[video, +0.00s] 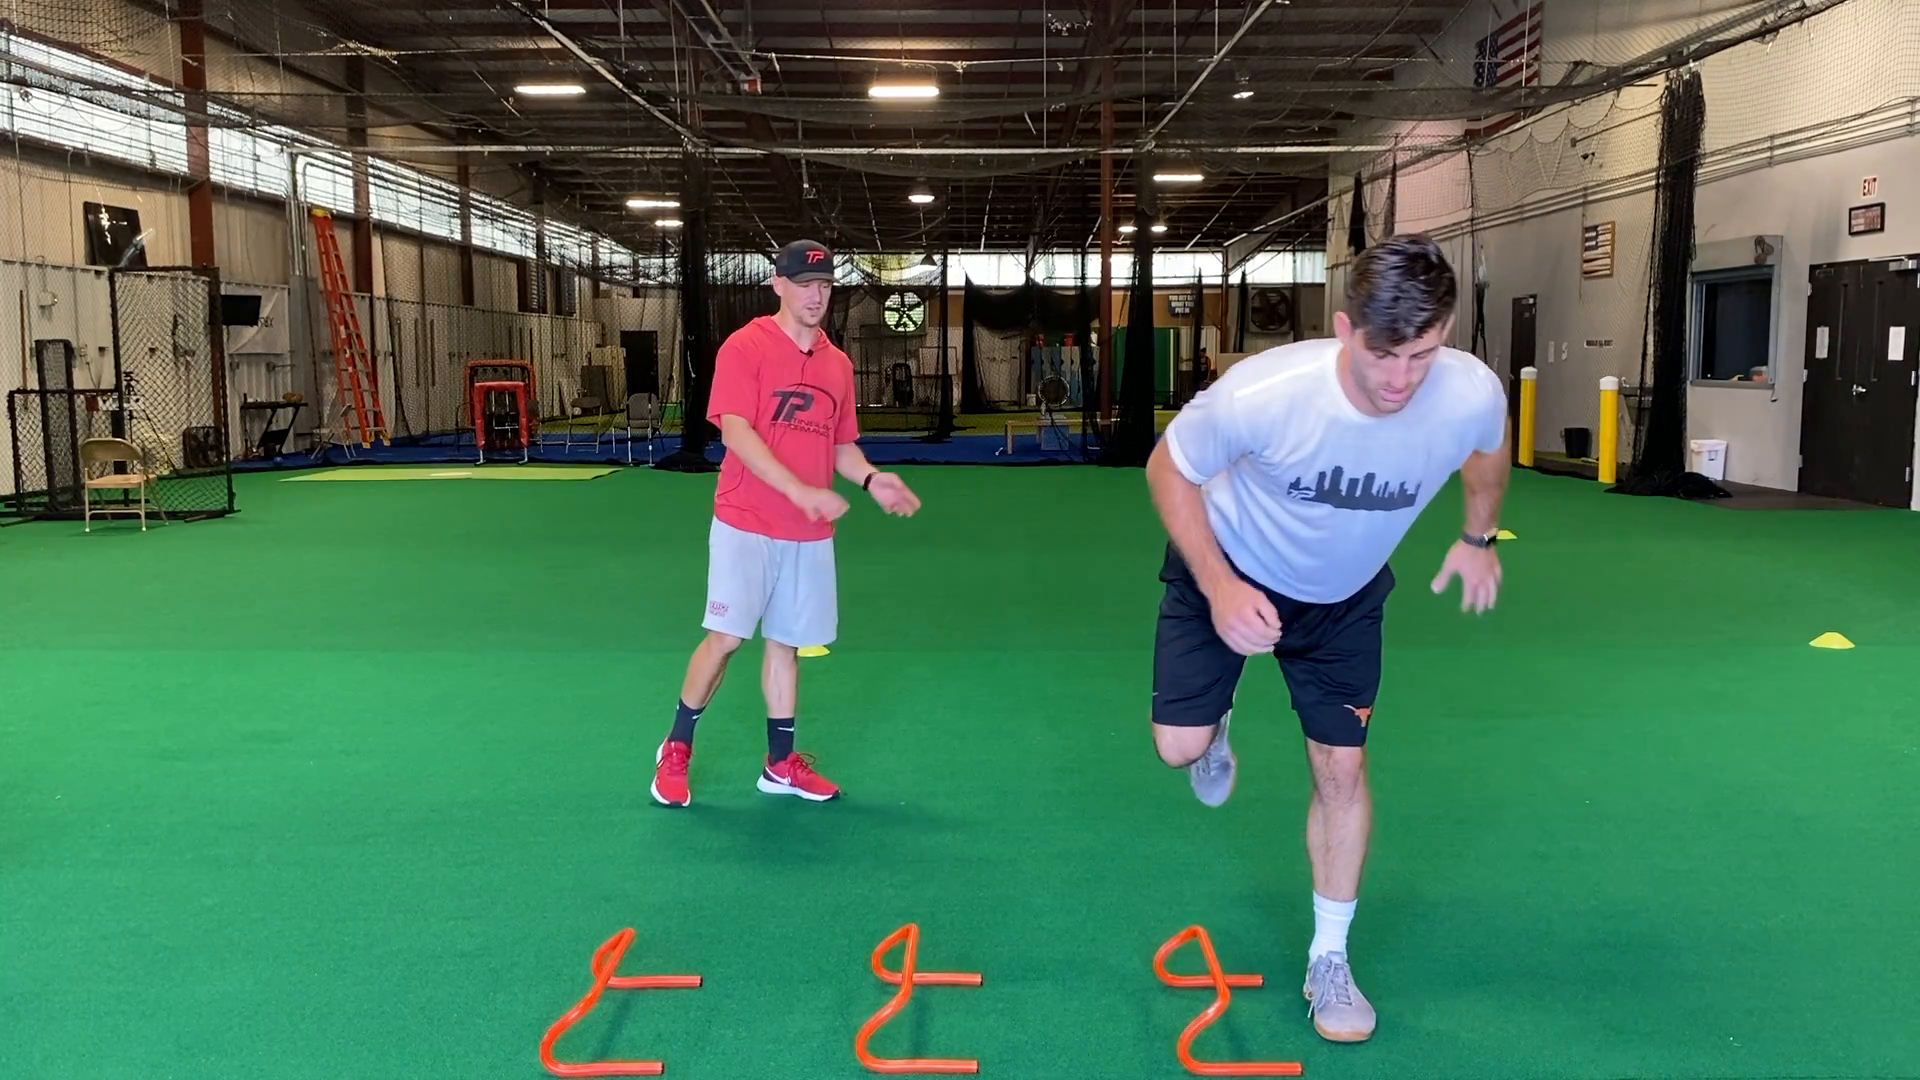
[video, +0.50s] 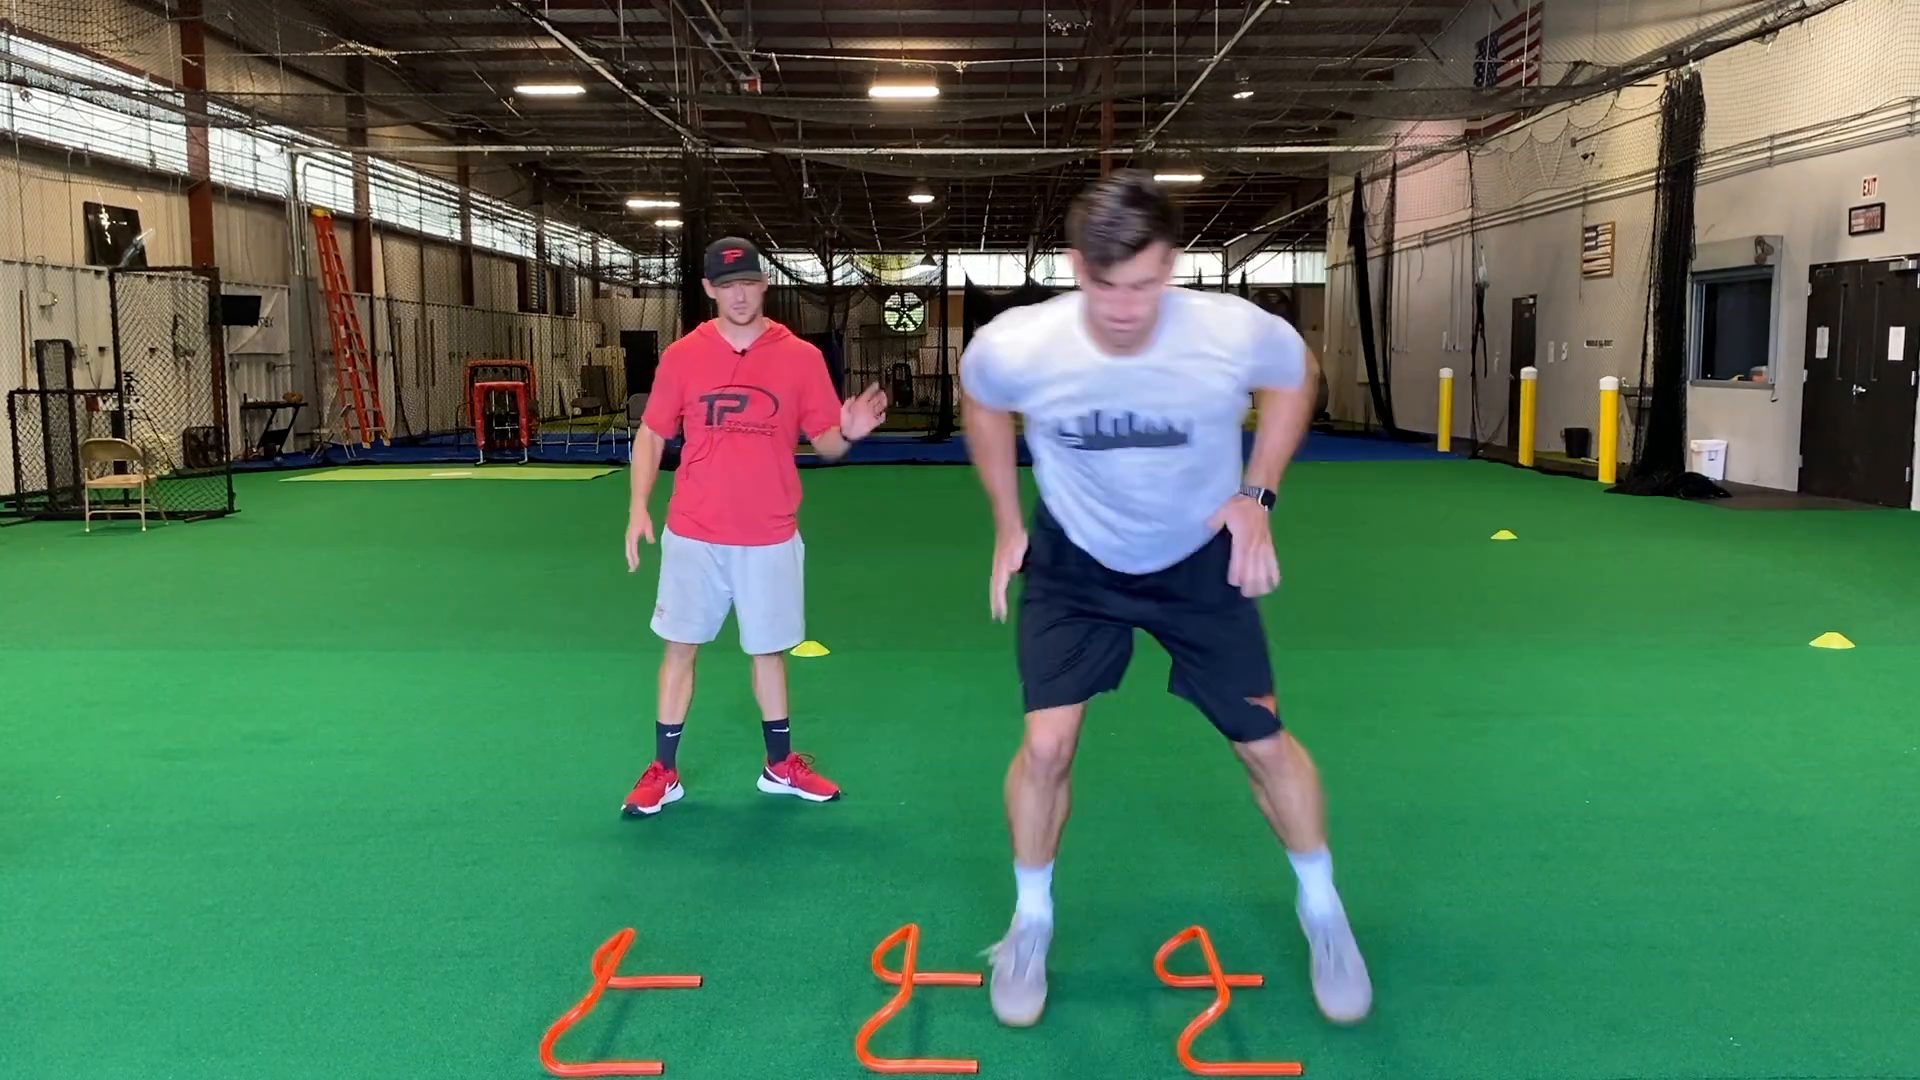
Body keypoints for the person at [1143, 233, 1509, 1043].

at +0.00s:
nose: (1400, 376)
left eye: (1421, 356)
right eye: (1383, 354)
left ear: (1442, 338)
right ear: (1344, 328)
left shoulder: (1471, 397)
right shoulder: (1262, 393)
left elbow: (1489, 456)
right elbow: (1167, 467)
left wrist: (1478, 535)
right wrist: (1218, 586)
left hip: (1345, 594)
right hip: (1223, 570)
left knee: (1341, 764)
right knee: (1179, 743)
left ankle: (1330, 957)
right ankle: (1208, 733)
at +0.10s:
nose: (1368, 373)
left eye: (1390, 353)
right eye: (1351, 351)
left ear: (1415, 331)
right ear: (1315, 323)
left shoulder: (1448, 388)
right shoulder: (1239, 389)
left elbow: (1473, 430)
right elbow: (1147, 464)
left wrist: (1458, 523)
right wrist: (1210, 579)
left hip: (1331, 589)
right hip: (1209, 572)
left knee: (1330, 762)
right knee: (1182, 750)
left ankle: (1328, 956)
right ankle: (1212, 742)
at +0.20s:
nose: (1329, 367)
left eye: (1349, 348)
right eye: (1312, 345)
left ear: (1378, 326)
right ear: (1278, 320)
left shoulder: (1419, 394)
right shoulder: (1204, 383)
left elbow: (1445, 453)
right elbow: (1125, 453)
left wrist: (1421, 567)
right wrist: (1161, 588)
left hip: (1312, 594)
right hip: (1194, 578)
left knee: (1320, 766)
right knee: (1170, 749)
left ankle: (1328, 958)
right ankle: (1182, 762)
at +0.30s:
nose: (1278, 362)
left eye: (1298, 341)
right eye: (1260, 339)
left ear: (1329, 319)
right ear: (1227, 316)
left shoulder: (1376, 406)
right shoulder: (1160, 377)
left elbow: (1399, 493)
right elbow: (1092, 432)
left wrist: (1361, 618)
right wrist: (1079, 562)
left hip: (1284, 591)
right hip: (1160, 576)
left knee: (1308, 772)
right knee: (1134, 749)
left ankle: (1324, 957)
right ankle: (1127, 803)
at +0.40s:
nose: (1207, 339)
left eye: (1225, 320)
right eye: (1189, 318)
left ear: (1258, 301)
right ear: (1159, 298)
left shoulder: (1313, 384)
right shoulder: (1102, 361)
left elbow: (1355, 469)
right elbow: (1038, 376)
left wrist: (1292, 528)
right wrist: (1030, 494)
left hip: (1253, 595)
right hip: (1126, 577)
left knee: (1292, 773)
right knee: (1080, 741)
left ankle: (1325, 958)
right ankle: (1067, 857)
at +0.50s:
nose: (1127, 305)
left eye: (1144, 285)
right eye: (1109, 286)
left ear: (1171, 269)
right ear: (1076, 270)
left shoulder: (1228, 331)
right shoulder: (1013, 347)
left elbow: (1294, 371)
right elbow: (981, 403)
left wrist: (1258, 493)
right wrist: (1007, 523)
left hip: (1200, 561)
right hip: (1074, 562)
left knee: (1261, 739)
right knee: (1047, 744)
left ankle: (1324, 915)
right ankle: (1030, 924)